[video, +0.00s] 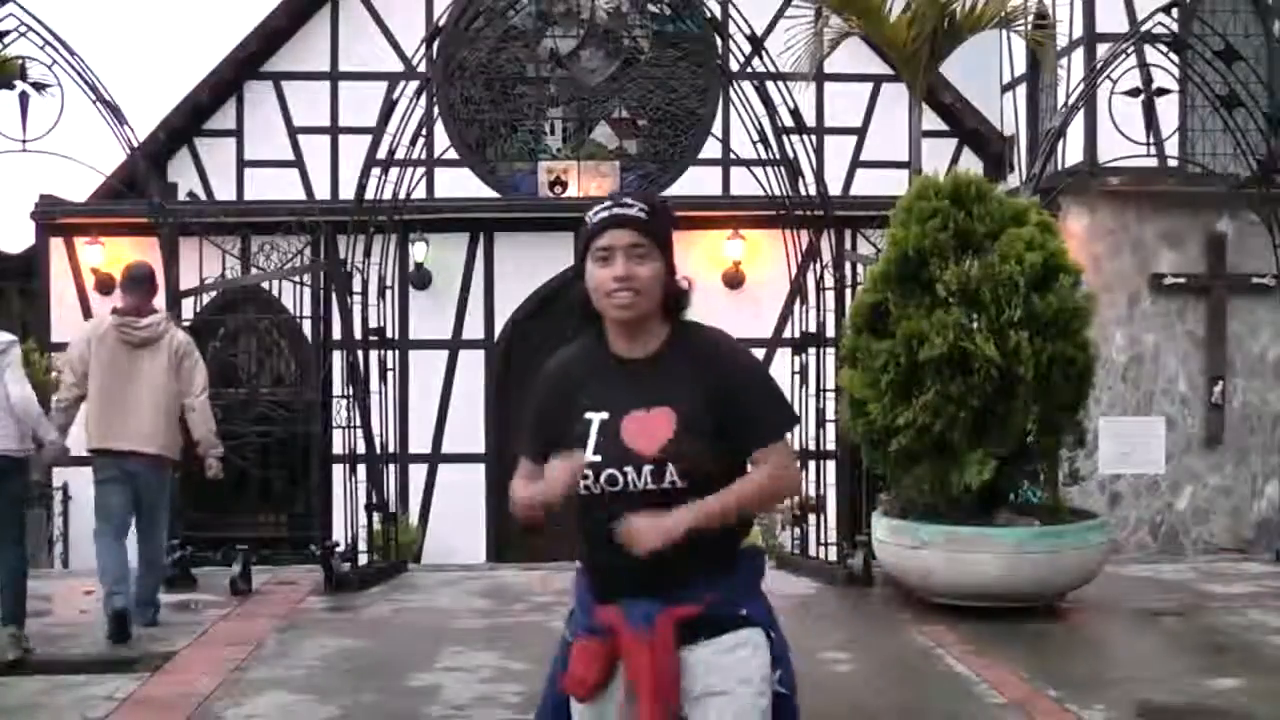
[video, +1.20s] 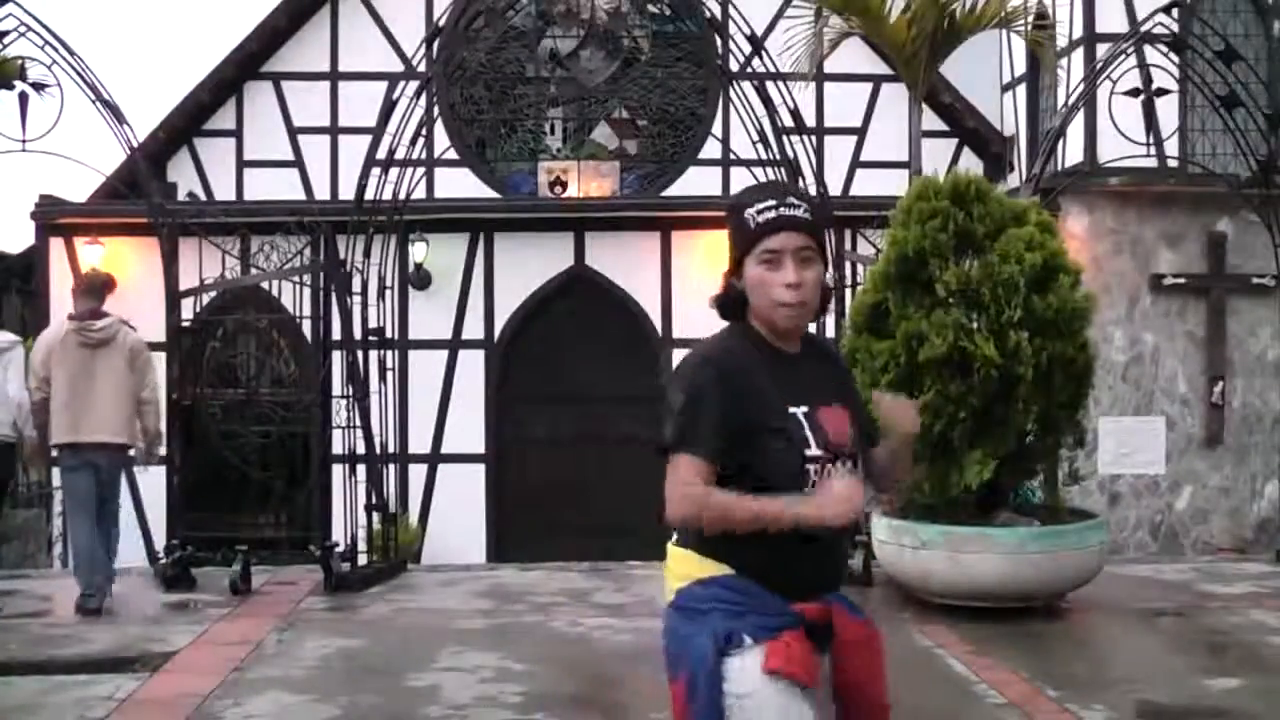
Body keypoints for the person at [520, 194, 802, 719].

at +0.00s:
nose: (620, 273)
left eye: (639, 256)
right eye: (603, 258)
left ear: (668, 271)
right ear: (585, 275)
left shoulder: (720, 360)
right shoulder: (566, 373)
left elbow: (781, 473)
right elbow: (521, 497)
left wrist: (679, 519)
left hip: (716, 616)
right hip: (604, 618)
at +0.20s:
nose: (620, 261)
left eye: (638, 247)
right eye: (603, 249)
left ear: (665, 264)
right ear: (584, 270)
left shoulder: (718, 350)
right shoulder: (561, 370)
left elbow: (783, 459)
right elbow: (523, 494)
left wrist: (689, 466)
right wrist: (584, 497)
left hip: (718, 601)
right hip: (605, 605)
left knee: (752, 708)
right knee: (590, 708)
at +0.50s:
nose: (662, 263)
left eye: (678, 247)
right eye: (644, 250)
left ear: (704, 263)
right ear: (623, 269)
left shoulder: (755, 353)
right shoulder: (595, 366)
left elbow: (826, 453)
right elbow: (557, 487)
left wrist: (761, 505)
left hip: (745, 603)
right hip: (632, 608)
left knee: (782, 709)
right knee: (627, 708)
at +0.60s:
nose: (683, 265)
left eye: (700, 249)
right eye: (665, 252)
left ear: (727, 265)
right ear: (644, 270)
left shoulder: (774, 356)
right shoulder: (613, 368)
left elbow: (845, 457)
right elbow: (587, 484)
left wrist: (800, 520)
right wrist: (674, 432)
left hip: (760, 601)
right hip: (649, 603)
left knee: (790, 710)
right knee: (642, 709)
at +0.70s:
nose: (726, 265)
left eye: (742, 250)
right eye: (708, 252)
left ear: (765, 266)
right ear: (685, 272)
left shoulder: (806, 357)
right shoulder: (651, 366)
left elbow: (862, 460)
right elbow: (619, 490)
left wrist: (826, 456)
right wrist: (730, 470)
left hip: (784, 596)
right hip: (680, 598)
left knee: (817, 709)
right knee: (664, 707)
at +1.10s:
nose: (784, 273)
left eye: (797, 255)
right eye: (762, 258)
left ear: (816, 268)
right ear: (733, 275)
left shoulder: (826, 359)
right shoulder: (706, 362)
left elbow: (868, 455)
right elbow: (689, 487)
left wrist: (895, 484)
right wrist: (806, 438)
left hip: (814, 600)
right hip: (723, 604)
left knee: (876, 698)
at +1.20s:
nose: (792, 277)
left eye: (806, 260)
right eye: (771, 261)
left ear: (824, 271)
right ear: (740, 276)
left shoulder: (829, 363)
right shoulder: (711, 369)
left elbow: (869, 476)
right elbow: (683, 503)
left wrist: (898, 439)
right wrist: (815, 509)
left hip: (820, 603)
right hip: (734, 609)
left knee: (865, 707)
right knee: (777, 705)